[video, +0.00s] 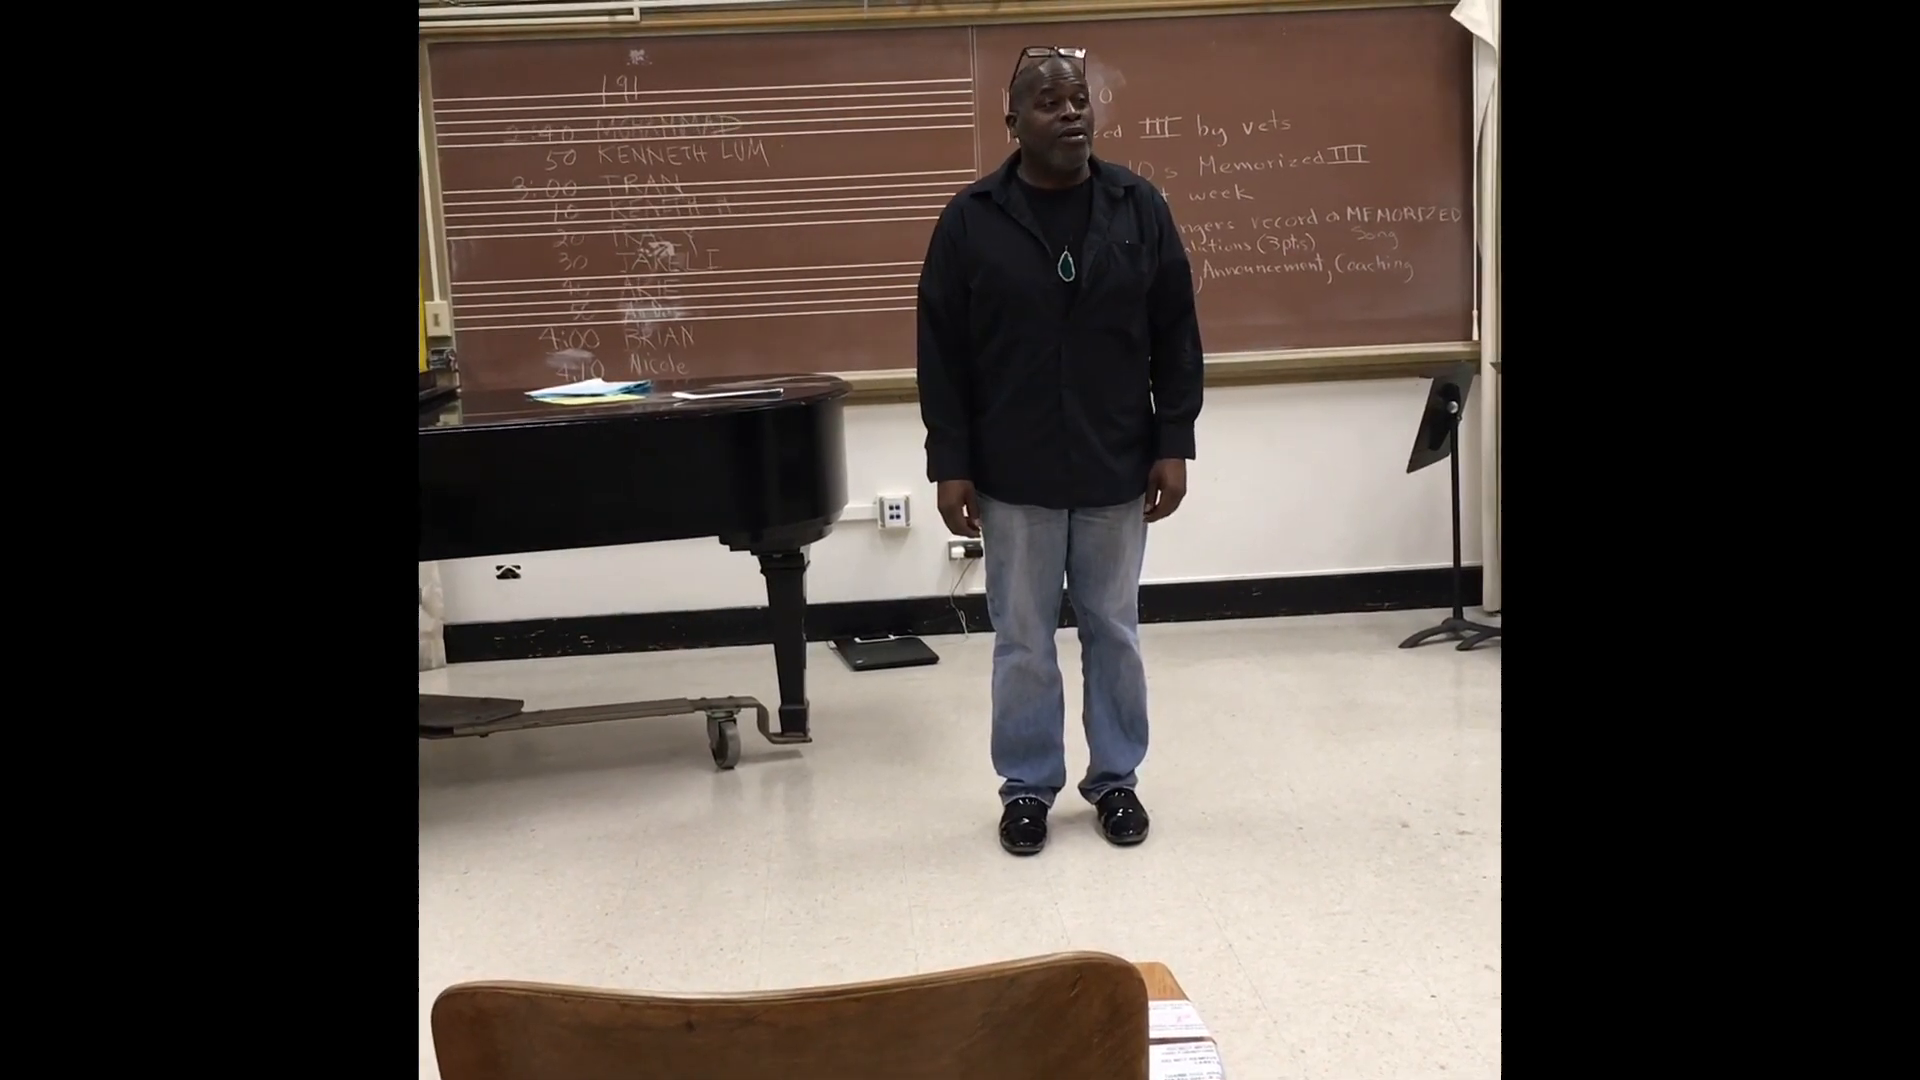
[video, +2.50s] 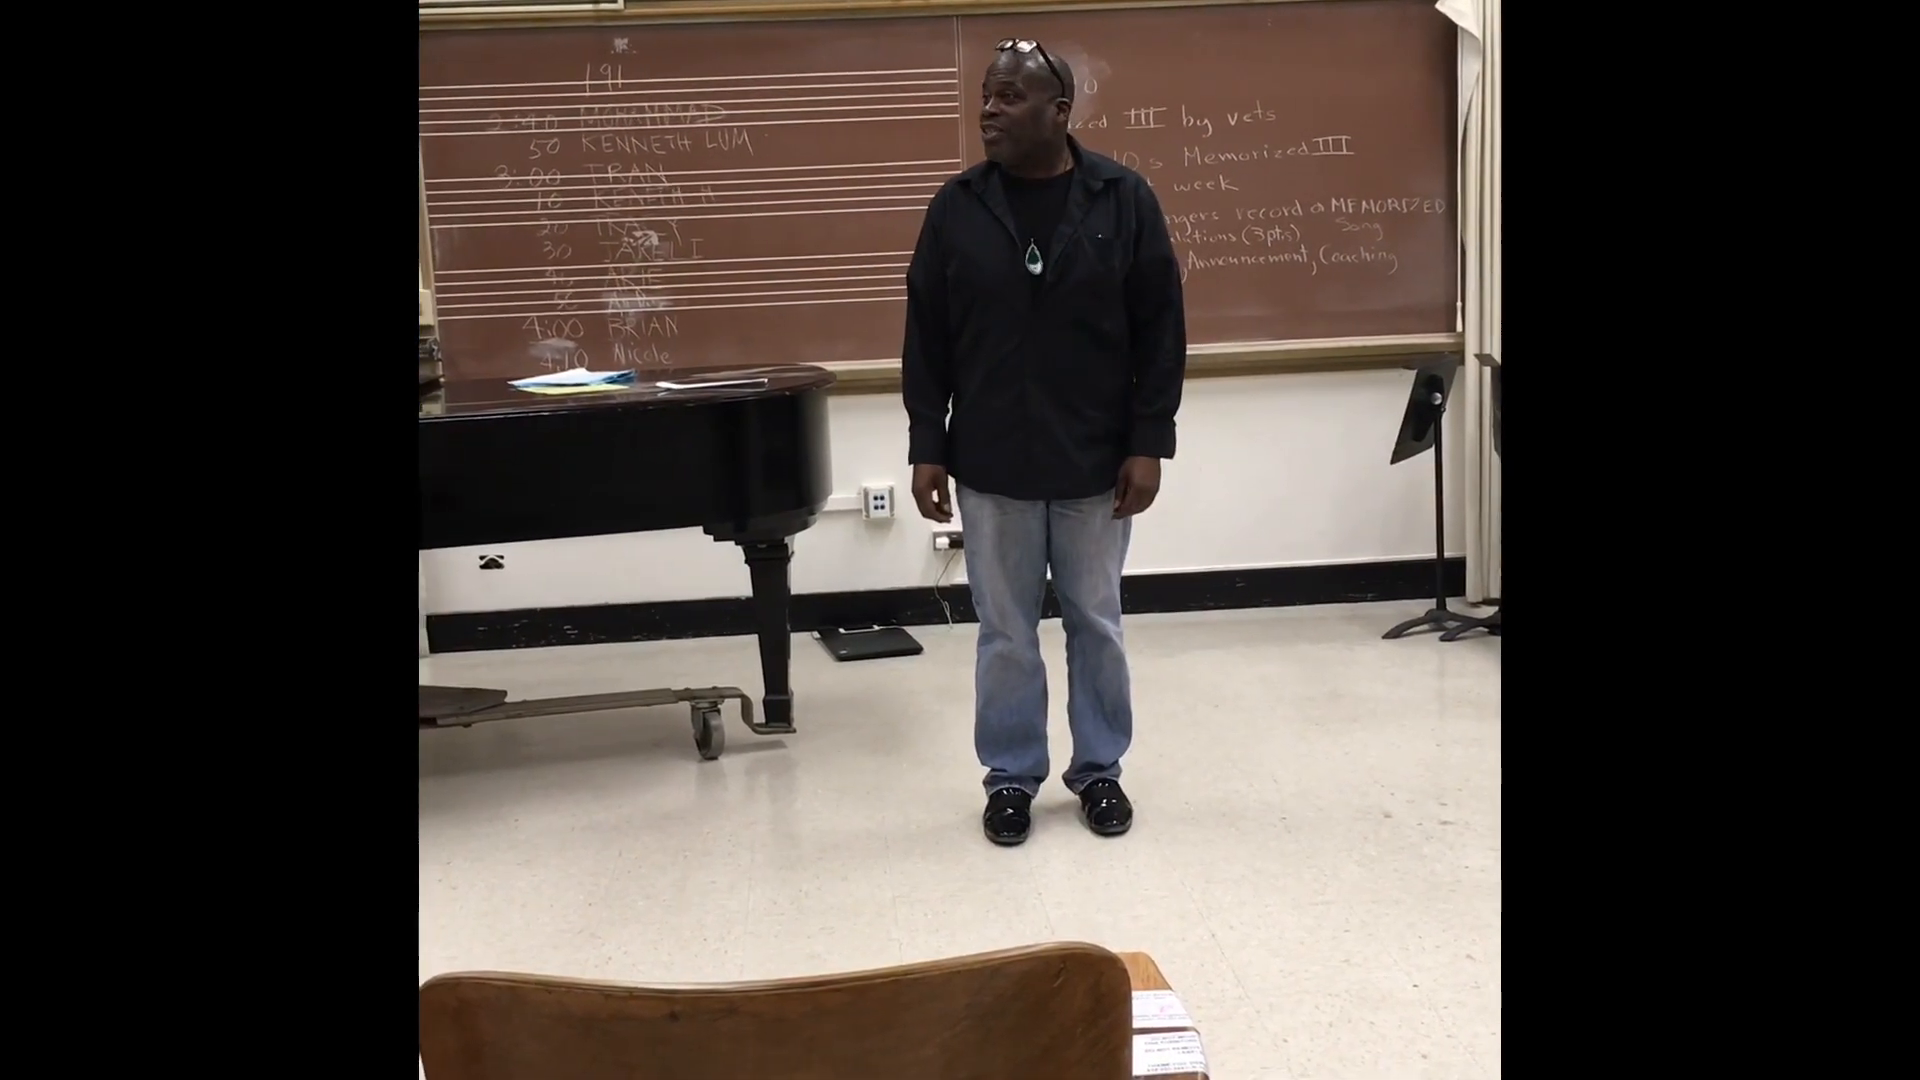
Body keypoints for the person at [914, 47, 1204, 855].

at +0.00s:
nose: (1069, 112)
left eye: (1079, 99)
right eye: (1049, 101)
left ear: (1096, 112)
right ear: (1013, 120)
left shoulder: (1139, 207)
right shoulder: (969, 219)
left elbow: (1176, 336)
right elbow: (940, 351)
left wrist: (1172, 448)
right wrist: (950, 467)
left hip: (1116, 459)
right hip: (1012, 465)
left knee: (1114, 631)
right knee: (1022, 638)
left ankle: (1116, 779)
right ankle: (1026, 787)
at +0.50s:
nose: (1067, 114)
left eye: (1077, 101)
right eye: (1047, 104)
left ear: (1093, 112)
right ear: (1011, 120)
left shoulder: (1135, 207)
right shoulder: (966, 217)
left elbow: (1171, 333)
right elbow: (935, 347)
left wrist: (1167, 446)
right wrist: (946, 463)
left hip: (1111, 457)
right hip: (1008, 463)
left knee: (1109, 629)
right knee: (1018, 637)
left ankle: (1110, 778)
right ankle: (1020, 785)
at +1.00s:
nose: (1055, 116)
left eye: (1068, 102)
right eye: (1036, 104)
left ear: (1086, 111)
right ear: (1005, 118)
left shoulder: (1131, 206)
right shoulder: (961, 216)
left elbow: (1166, 333)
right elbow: (931, 347)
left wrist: (1162, 446)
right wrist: (940, 463)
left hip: (1105, 457)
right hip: (1001, 462)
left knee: (1103, 629)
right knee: (1011, 636)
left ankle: (1104, 776)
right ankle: (1014, 782)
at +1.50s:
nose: (1021, 114)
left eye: (1039, 101)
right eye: (1009, 101)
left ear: (1075, 112)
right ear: (993, 112)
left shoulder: (1123, 205)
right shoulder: (954, 212)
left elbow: (1160, 333)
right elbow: (922, 342)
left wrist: (1156, 445)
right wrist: (930, 458)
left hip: (1095, 456)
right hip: (991, 461)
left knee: (1093, 627)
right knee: (1003, 634)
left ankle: (1096, 776)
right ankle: (1006, 783)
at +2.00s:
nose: (994, 107)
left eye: (1013, 95)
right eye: (990, 95)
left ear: (1063, 107)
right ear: (984, 106)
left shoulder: (1120, 200)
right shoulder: (953, 207)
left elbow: (1156, 330)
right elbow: (921, 334)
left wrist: (1146, 445)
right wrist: (921, 449)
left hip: (1091, 452)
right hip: (988, 454)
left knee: (1090, 623)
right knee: (1000, 629)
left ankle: (1093, 771)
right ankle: (1003, 777)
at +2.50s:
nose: (990, 111)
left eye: (1009, 97)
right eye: (988, 97)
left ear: (1061, 109)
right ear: (987, 106)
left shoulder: (1124, 199)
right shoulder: (956, 207)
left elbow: (1160, 330)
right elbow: (926, 335)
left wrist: (1149, 446)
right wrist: (926, 449)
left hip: (1095, 453)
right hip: (992, 455)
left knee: (1096, 623)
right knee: (1005, 630)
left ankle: (1099, 770)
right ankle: (1009, 777)